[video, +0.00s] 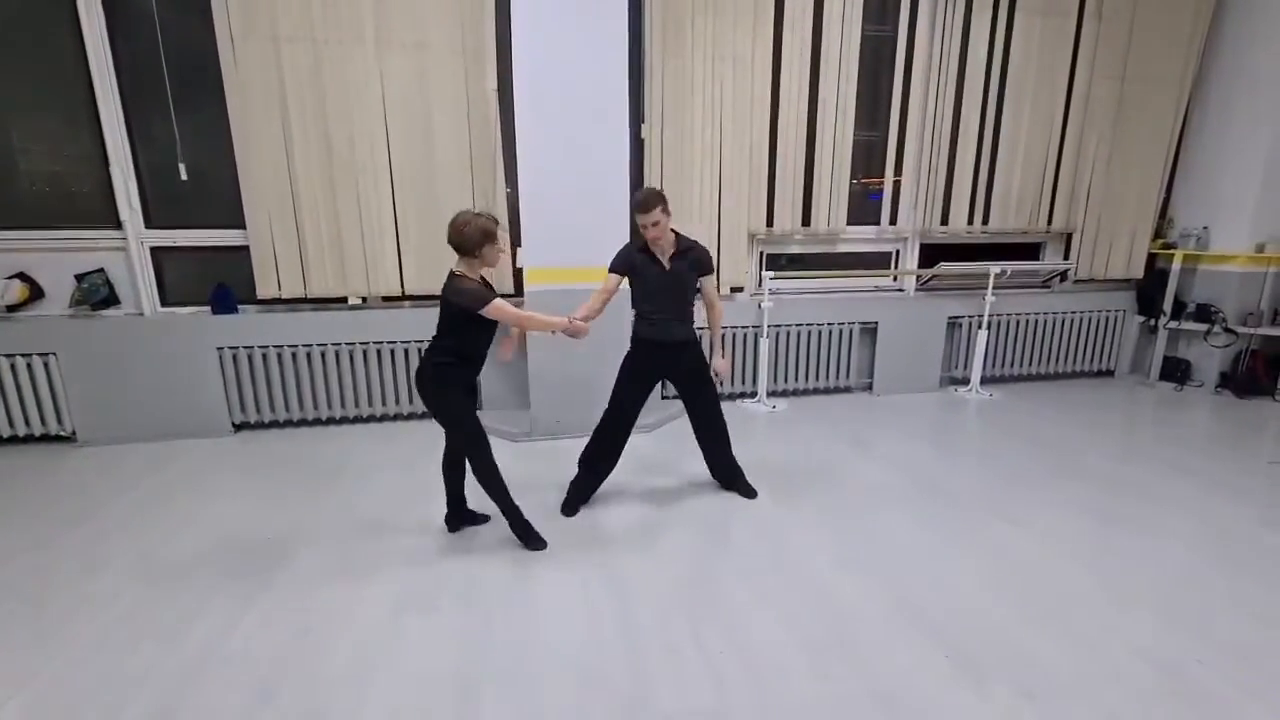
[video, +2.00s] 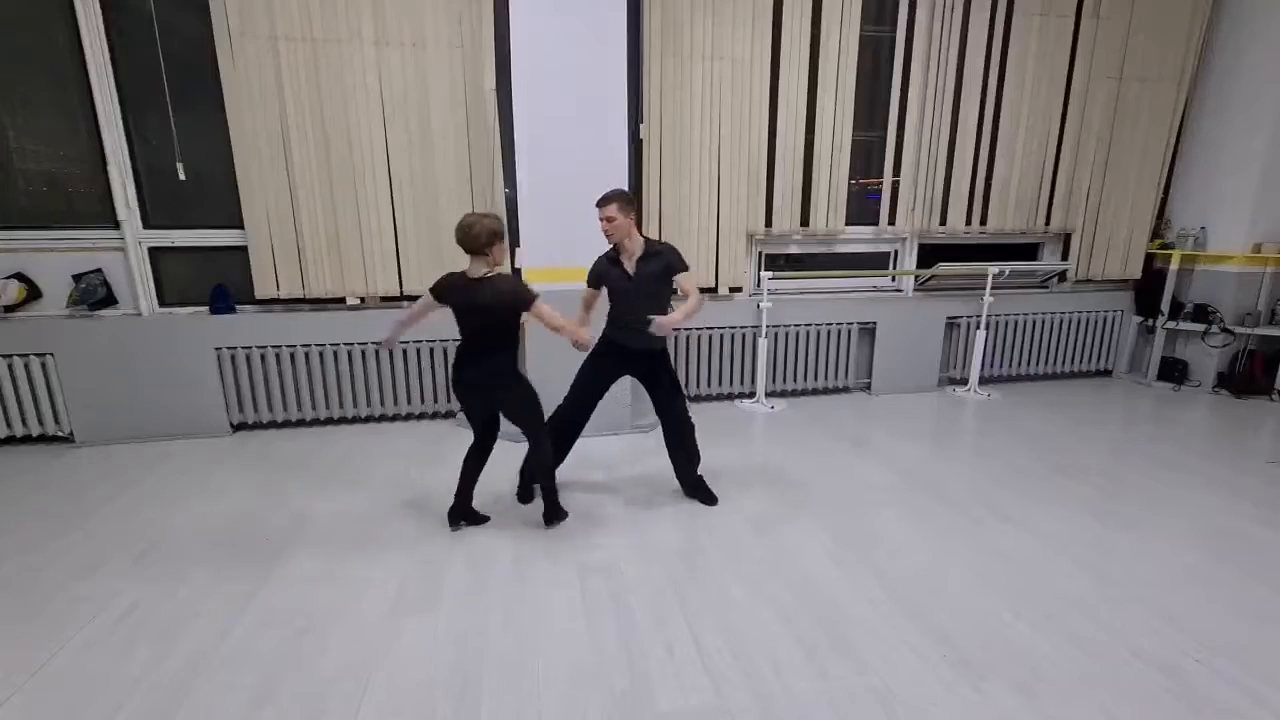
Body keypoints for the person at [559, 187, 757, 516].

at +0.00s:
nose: (650, 234)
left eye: (655, 225)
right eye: (643, 227)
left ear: (669, 217)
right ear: (637, 225)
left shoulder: (695, 254)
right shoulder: (631, 255)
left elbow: (712, 303)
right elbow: (603, 295)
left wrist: (719, 353)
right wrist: (581, 318)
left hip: (685, 350)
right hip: (644, 350)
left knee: (709, 414)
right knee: (617, 418)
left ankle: (729, 475)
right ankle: (581, 488)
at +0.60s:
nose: (626, 209)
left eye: (632, 202)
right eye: (620, 203)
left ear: (647, 204)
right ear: (615, 207)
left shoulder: (666, 256)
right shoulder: (603, 248)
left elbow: (680, 312)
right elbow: (576, 289)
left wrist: (677, 361)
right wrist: (559, 314)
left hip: (657, 350)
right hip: (616, 350)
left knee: (696, 414)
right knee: (596, 418)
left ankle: (736, 473)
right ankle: (579, 487)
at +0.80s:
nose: (631, 215)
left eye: (639, 208)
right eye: (626, 208)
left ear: (655, 209)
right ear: (621, 210)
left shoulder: (665, 262)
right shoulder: (608, 243)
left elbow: (668, 318)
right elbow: (575, 277)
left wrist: (642, 356)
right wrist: (560, 298)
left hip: (656, 349)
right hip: (615, 350)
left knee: (694, 412)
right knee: (596, 422)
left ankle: (738, 471)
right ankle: (578, 489)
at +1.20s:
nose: (654, 221)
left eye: (660, 214)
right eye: (647, 215)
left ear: (671, 218)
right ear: (638, 220)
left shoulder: (693, 264)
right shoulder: (627, 257)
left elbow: (711, 307)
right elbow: (574, 262)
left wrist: (681, 336)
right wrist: (556, 294)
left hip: (664, 359)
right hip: (624, 354)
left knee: (693, 429)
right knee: (589, 419)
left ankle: (690, 479)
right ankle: (568, 490)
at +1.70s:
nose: (630, 220)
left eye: (636, 212)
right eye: (623, 214)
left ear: (650, 214)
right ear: (617, 218)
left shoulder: (668, 251)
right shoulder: (614, 262)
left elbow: (673, 289)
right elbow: (582, 299)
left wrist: (687, 312)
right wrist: (543, 307)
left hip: (668, 351)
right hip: (633, 353)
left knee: (687, 418)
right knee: (595, 414)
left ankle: (693, 478)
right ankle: (544, 478)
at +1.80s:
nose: (616, 222)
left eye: (623, 214)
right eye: (612, 216)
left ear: (643, 214)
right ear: (610, 220)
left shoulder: (671, 251)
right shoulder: (611, 264)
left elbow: (693, 283)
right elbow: (594, 317)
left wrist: (699, 312)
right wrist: (566, 322)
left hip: (664, 351)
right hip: (626, 353)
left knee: (684, 418)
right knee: (591, 415)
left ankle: (692, 478)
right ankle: (541, 481)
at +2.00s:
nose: (604, 227)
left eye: (610, 219)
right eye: (601, 221)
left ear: (631, 218)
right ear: (602, 223)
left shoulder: (665, 255)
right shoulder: (604, 265)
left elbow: (695, 296)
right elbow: (586, 307)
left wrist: (677, 317)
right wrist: (578, 331)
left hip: (652, 352)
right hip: (611, 350)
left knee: (677, 416)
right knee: (573, 410)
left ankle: (691, 479)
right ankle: (533, 470)